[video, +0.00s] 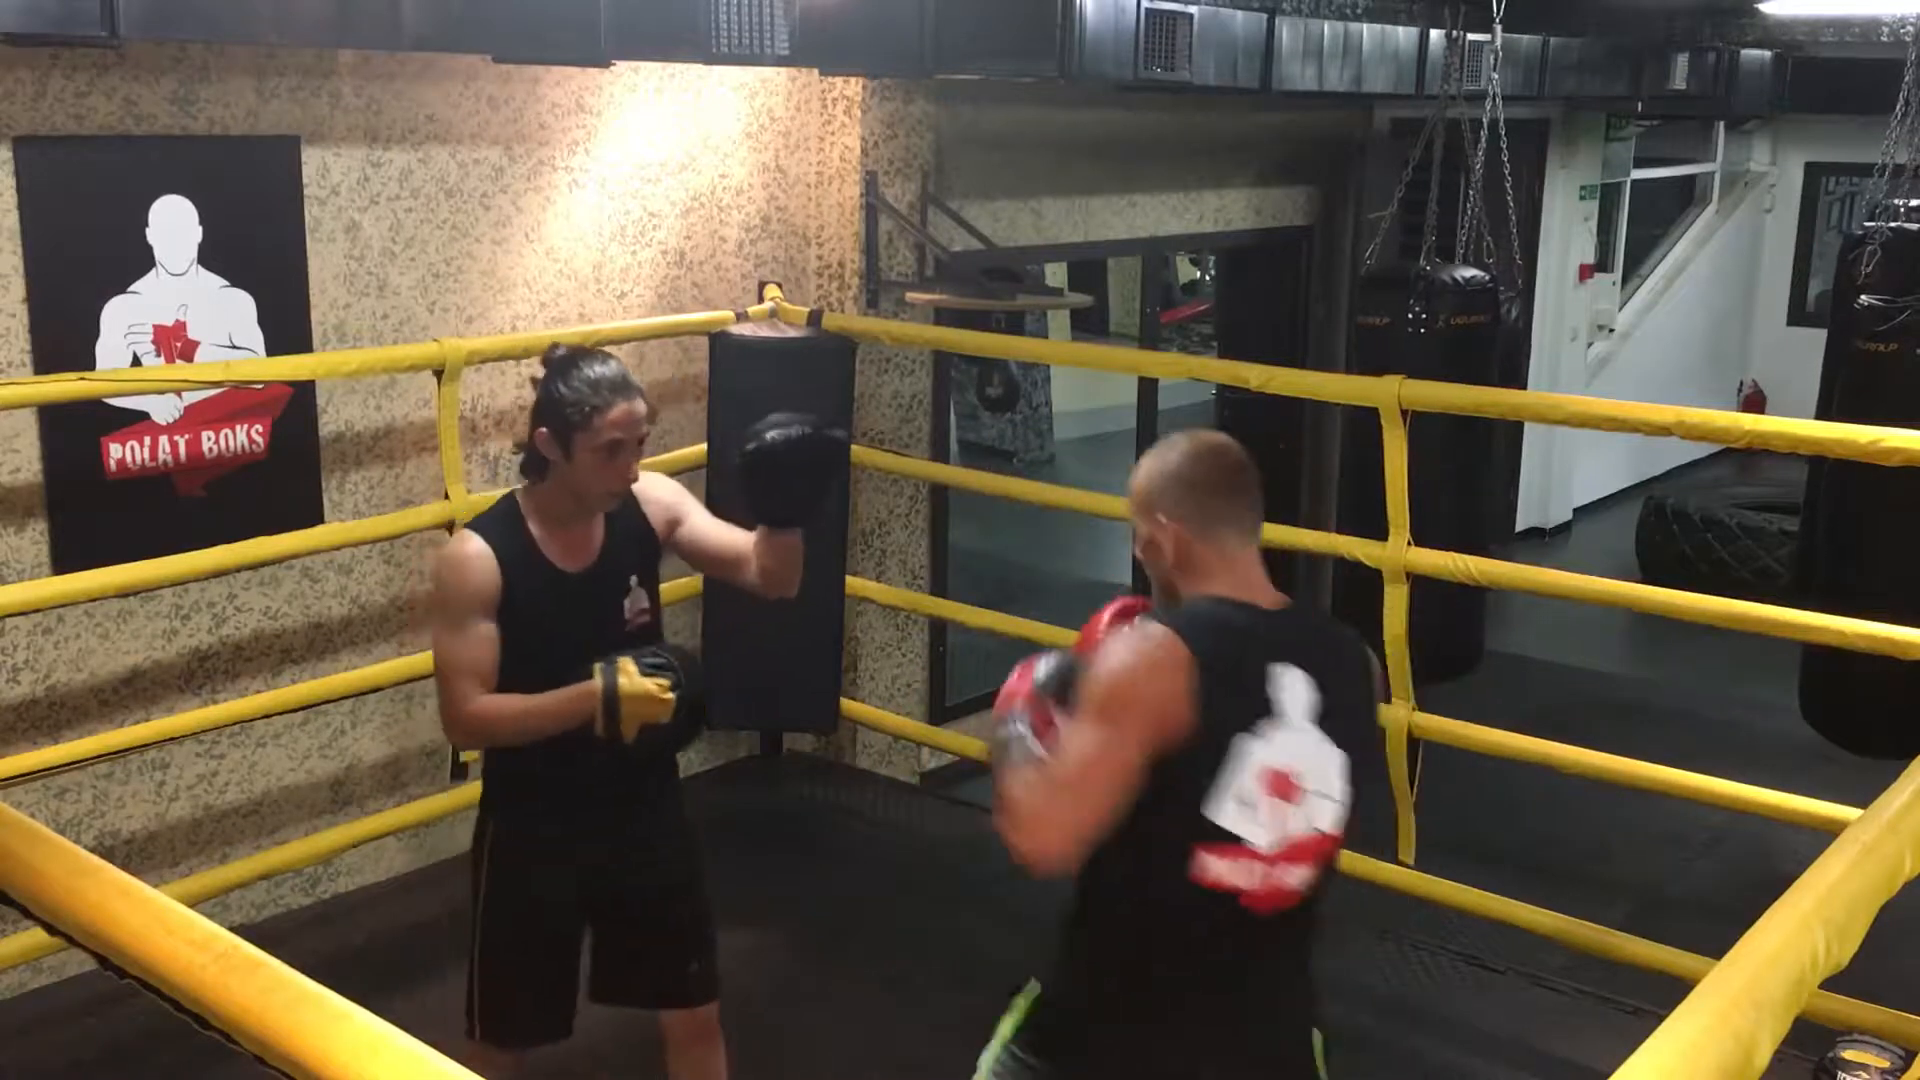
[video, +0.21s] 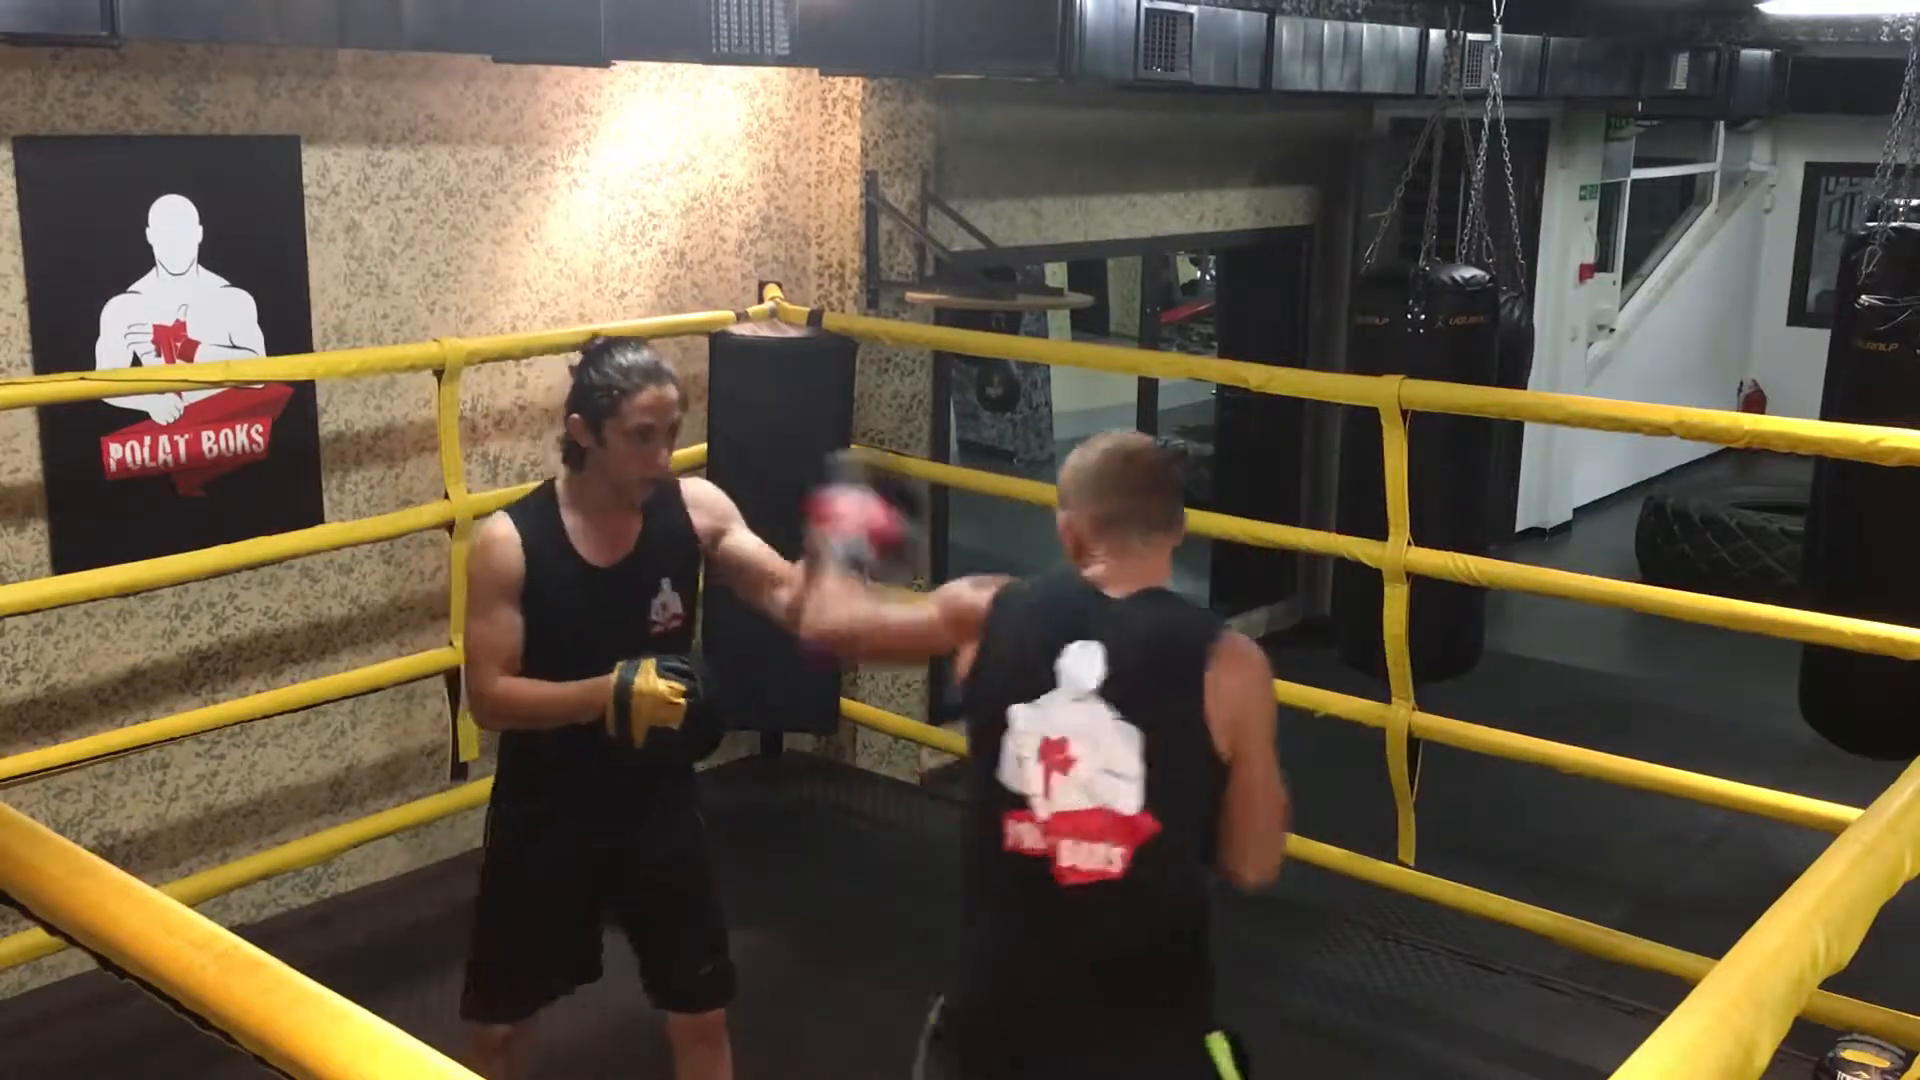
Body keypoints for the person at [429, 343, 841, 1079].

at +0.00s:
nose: (631, 467)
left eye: (638, 445)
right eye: (611, 451)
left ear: (645, 432)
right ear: (547, 444)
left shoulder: (653, 502)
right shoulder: (476, 560)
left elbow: (774, 575)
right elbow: (464, 718)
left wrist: (786, 493)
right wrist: (595, 697)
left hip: (646, 802)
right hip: (533, 817)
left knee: (694, 1012)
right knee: (503, 1039)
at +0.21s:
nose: (662, 457)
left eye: (671, 435)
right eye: (643, 437)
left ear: (680, 428)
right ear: (582, 431)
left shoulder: (697, 509)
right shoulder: (508, 542)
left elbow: (796, 602)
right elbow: (487, 698)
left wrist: (836, 543)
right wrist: (610, 694)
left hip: (658, 800)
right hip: (543, 808)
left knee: (701, 1016)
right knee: (500, 1026)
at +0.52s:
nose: (678, 439)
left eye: (683, 419)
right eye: (659, 422)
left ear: (689, 417)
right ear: (599, 419)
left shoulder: (681, 507)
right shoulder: (533, 545)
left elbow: (682, 617)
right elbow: (505, 704)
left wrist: (721, 665)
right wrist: (647, 725)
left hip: (683, 780)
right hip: (573, 800)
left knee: (761, 958)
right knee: (524, 1011)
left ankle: (786, 1074)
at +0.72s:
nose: (768, 450)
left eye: (775, 431)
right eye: (750, 430)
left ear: (780, 435)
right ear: (693, 429)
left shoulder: (760, 533)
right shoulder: (611, 539)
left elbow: (755, 634)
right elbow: (565, 686)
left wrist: (790, 684)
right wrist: (693, 730)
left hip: (726, 784)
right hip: (617, 793)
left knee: (802, 953)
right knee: (543, 1003)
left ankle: (828, 1071)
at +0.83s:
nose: (829, 444)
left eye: (837, 427)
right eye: (811, 425)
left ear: (841, 432)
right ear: (755, 422)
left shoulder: (818, 532)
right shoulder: (663, 519)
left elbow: (807, 631)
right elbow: (603, 652)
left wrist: (824, 678)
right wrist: (712, 716)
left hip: (767, 770)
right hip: (656, 770)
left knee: (815, 944)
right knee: (578, 962)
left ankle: (831, 1072)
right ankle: (539, 1073)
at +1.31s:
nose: (824, 405)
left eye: (839, 389)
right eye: (809, 386)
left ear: (854, 400)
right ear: (775, 390)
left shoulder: (872, 484)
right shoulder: (722, 493)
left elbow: (912, 561)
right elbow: (709, 623)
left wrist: (941, 558)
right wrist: (777, 627)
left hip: (871, 716)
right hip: (780, 720)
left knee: (878, 882)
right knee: (812, 876)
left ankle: (882, 1042)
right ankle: (842, 1016)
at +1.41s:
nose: (814, 386)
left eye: (830, 371)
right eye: (798, 370)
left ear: (851, 385)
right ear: (771, 383)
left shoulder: (880, 471)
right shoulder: (730, 484)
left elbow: (947, 571)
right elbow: (719, 613)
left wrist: (948, 500)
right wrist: (783, 608)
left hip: (886, 705)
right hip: (793, 711)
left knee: (908, 852)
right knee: (816, 871)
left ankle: (931, 1010)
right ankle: (845, 1017)